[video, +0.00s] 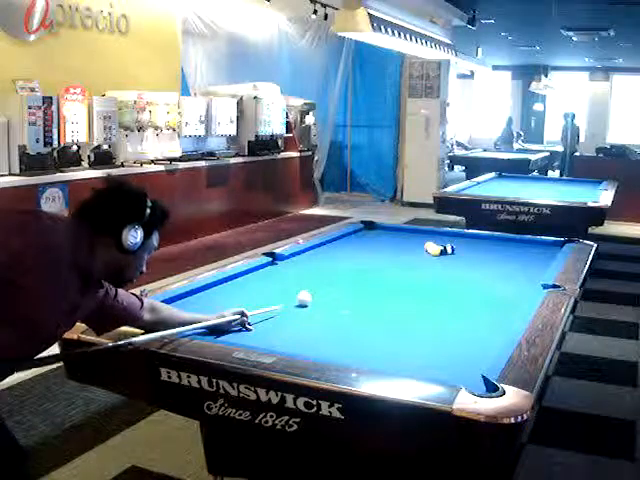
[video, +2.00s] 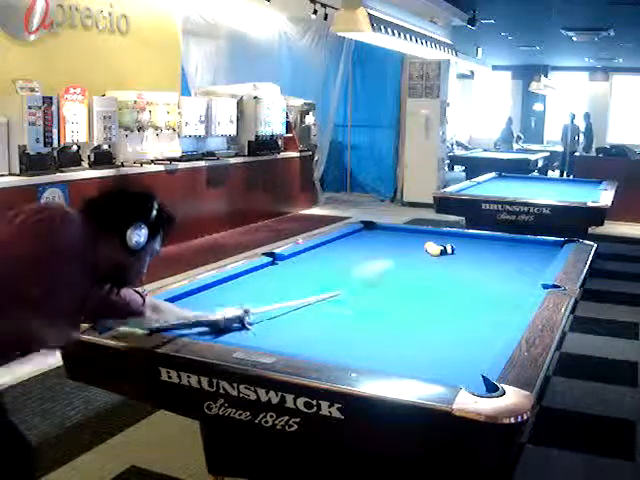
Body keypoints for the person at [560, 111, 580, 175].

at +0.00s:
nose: (569, 120)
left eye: (571, 118)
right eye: (567, 118)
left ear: (573, 118)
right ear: (566, 118)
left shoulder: (576, 127)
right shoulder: (565, 126)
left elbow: (577, 136)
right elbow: (562, 135)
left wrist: (577, 144)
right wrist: (563, 143)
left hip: (573, 146)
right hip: (566, 145)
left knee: (570, 157)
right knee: (563, 157)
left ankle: (569, 172)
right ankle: (562, 171)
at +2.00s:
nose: (572, 119)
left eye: (573, 117)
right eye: (571, 117)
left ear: (574, 118)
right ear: (569, 117)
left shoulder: (576, 127)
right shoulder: (565, 126)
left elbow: (578, 137)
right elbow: (562, 135)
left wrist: (577, 145)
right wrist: (563, 142)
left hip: (573, 146)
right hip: (565, 146)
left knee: (571, 160)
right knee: (563, 160)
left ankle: (569, 173)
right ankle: (561, 173)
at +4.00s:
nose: (570, 119)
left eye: (572, 117)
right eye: (569, 117)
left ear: (574, 118)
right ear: (567, 118)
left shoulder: (576, 126)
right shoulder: (565, 126)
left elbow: (578, 136)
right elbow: (563, 135)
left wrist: (577, 144)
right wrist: (563, 142)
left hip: (573, 145)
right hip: (566, 145)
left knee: (571, 159)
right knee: (564, 158)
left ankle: (570, 172)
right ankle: (562, 172)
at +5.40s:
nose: (572, 119)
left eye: (574, 117)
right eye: (572, 117)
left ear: (575, 118)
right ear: (570, 117)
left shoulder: (577, 127)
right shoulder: (566, 126)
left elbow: (579, 136)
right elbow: (563, 134)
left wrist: (578, 145)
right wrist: (563, 142)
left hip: (573, 146)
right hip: (566, 145)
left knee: (571, 160)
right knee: (563, 160)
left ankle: (569, 173)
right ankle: (561, 173)